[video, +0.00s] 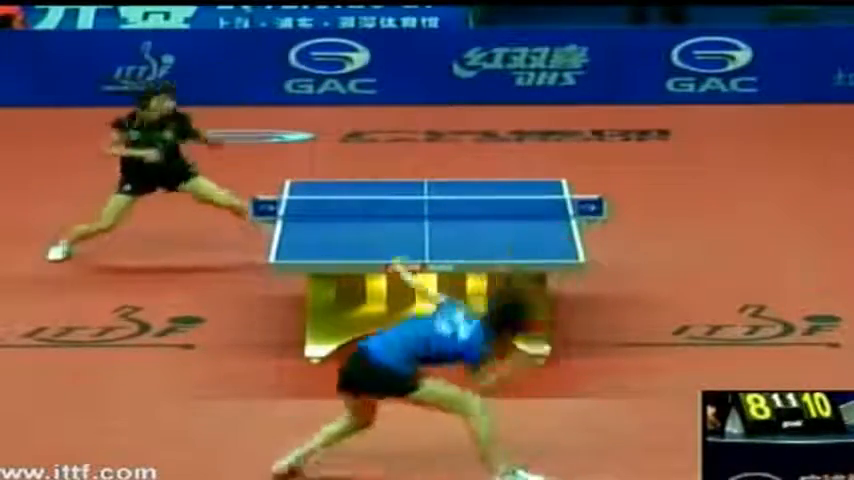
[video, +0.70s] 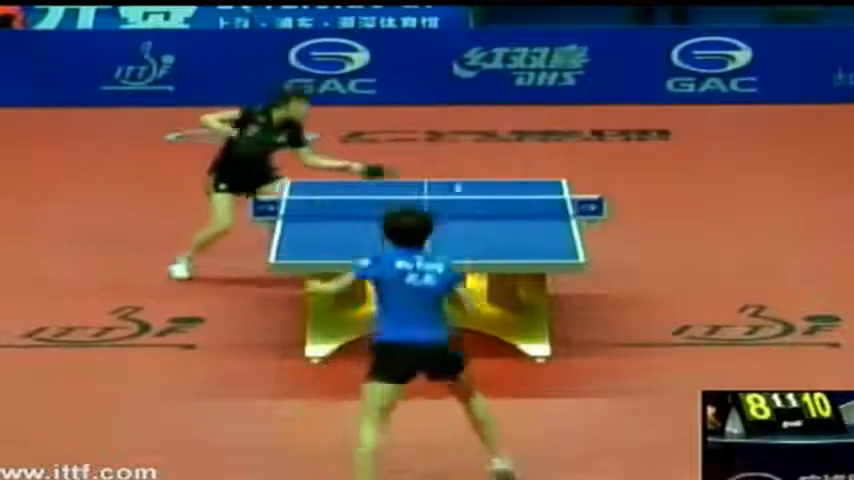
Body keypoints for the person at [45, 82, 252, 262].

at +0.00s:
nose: (167, 106)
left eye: (169, 101)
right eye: (162, 102)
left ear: (171, 104)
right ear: (149, 103)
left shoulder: (177, 121)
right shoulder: (131, 122)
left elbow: (192, 134)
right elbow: (112, 149)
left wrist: (207, 139)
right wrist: (142, 153)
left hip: (174, 172)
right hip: (138, 177)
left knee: (223, 199)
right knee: (105, 225)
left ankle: (267, 224)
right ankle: (66, 244)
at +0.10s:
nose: (201, 102)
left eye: (203, 98)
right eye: (195, 98)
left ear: (205, 100)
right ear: (182, 99)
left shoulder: (210, 118)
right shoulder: (162, 119)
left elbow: (229, 134)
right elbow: (137, 143)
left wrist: (240, 138)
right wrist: (168, 149)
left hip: (193, 170)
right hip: (157, 173)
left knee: (239, 200)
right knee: (122, 217)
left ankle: (278, 239)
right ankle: (70, 239)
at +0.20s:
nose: (239, 98)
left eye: (243, 93)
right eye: (235, 92)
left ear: (246, 97)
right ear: (224, 92)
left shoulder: (244, 116)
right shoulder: (201, 113)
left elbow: (258, 142)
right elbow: (168, 133)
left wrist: (273, 143)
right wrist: (200, 141)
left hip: (218, 164)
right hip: (185, 164)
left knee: (256, 198)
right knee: (151, 215)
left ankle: (282, 246)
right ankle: (98, 237)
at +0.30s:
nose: (258, 95)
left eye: (260, 90)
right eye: (253, 89)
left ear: (262, 94)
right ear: (240, 91)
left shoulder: (259, 117)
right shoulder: (215, 110)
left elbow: (273, 143)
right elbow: (179, 129)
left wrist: (291, 150)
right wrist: (209, 138)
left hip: (228, 164)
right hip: (195, 163)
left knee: (261, 197)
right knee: (180, 212)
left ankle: (281, 247)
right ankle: (129, 240)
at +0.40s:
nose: (272, 97)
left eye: (274, 93)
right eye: (267, 92)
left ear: (275, 96)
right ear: (253, 94)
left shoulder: (273, 120)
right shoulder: (229, 111)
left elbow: (287, 152)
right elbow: (185, 124)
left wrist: (313, 158)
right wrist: (214, 136)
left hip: (236, 161)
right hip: (206, 160)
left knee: (268, 201)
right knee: (208, 211)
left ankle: (285, 252)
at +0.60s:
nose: (290, 105)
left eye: (290, 100)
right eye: (285, 100)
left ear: (284, 104)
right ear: (270, 101)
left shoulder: (280, 127)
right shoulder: (238, 116)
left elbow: (293, 158)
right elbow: (197, 124)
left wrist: (330, 165)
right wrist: (219, 137)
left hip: (250, 174)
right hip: (218, 174)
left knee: (292, 201)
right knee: (219, 223)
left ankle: (284, 262)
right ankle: (185, 258)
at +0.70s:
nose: (305, 110)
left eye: (306, 105)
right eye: (302, 104)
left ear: (298, 107)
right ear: (288, 103)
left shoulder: (292, 130)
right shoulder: (253, 116)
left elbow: (309, 159)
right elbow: (208, 119)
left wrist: (350, 166)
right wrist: (229, 132)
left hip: (259, 175)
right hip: (227, 174)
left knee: (293, 209)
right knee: (224, 224)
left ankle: (293, 259)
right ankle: (186, 259)